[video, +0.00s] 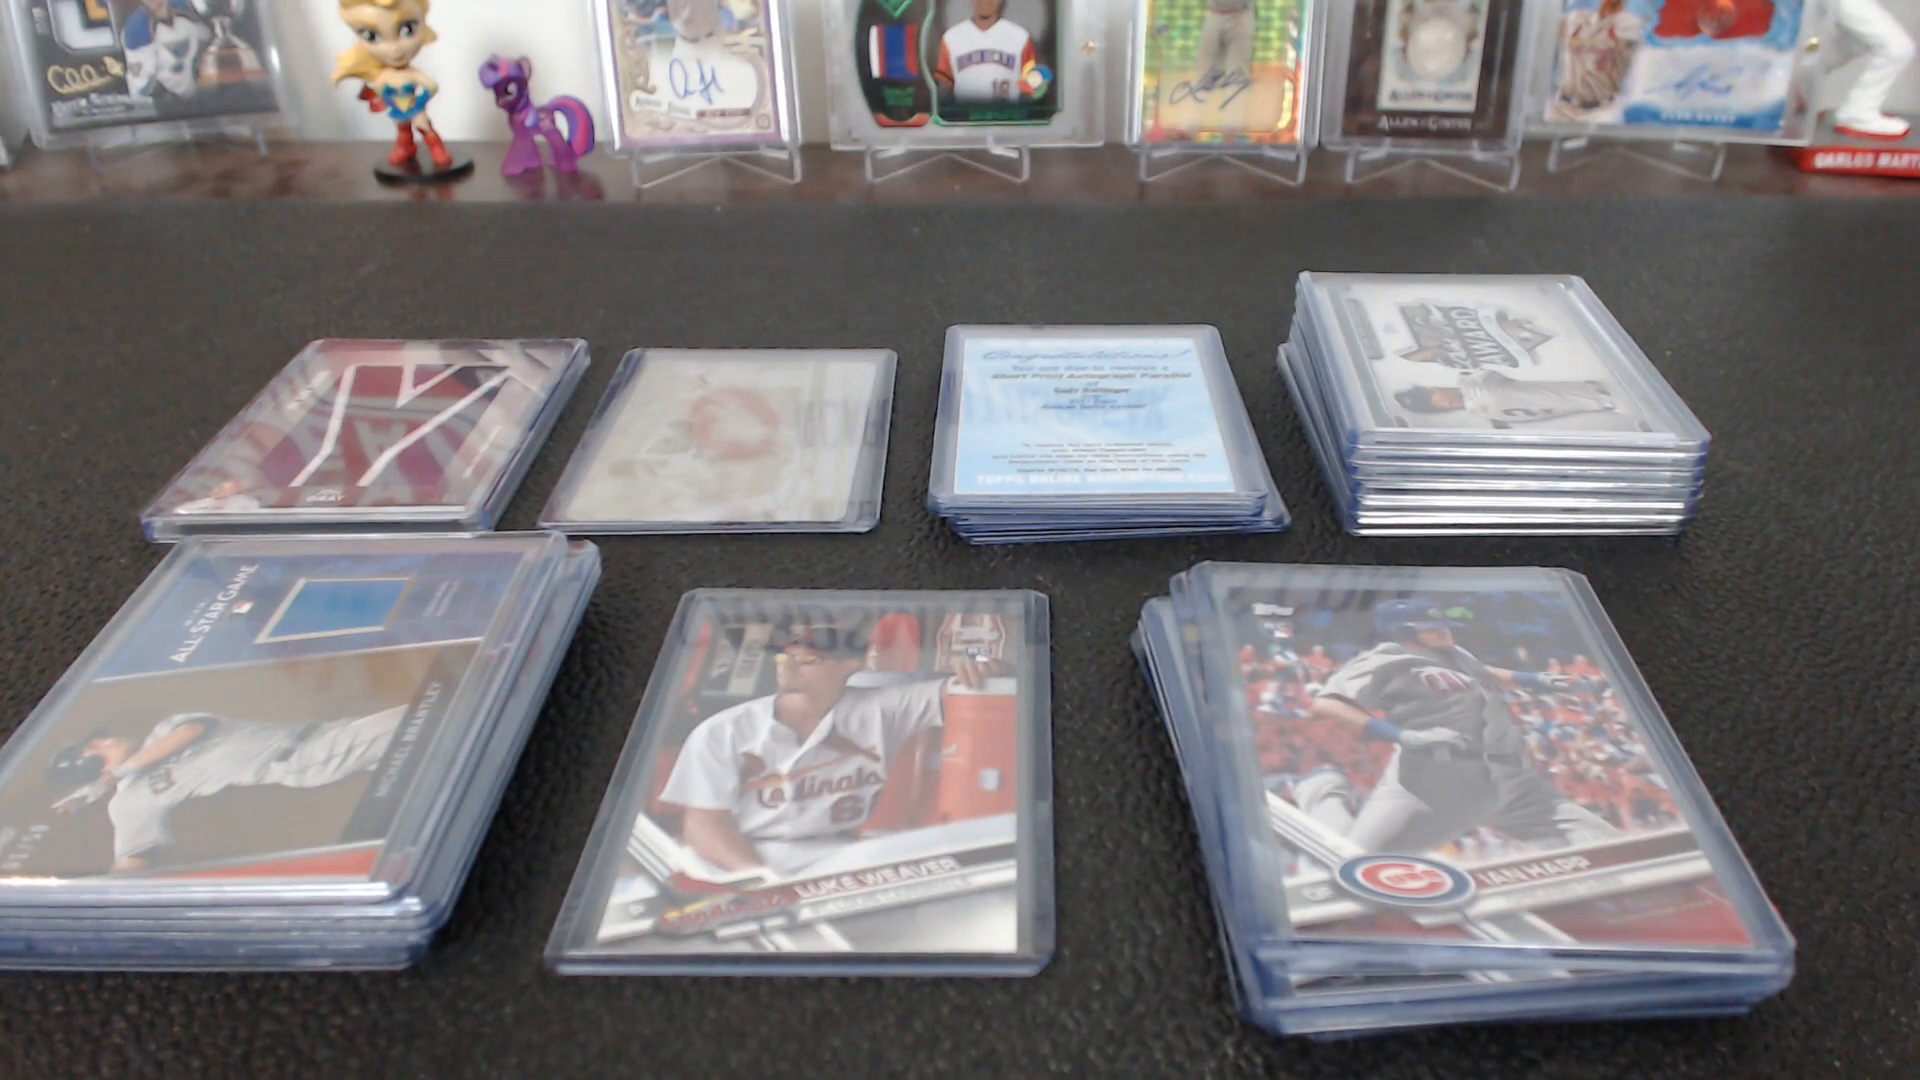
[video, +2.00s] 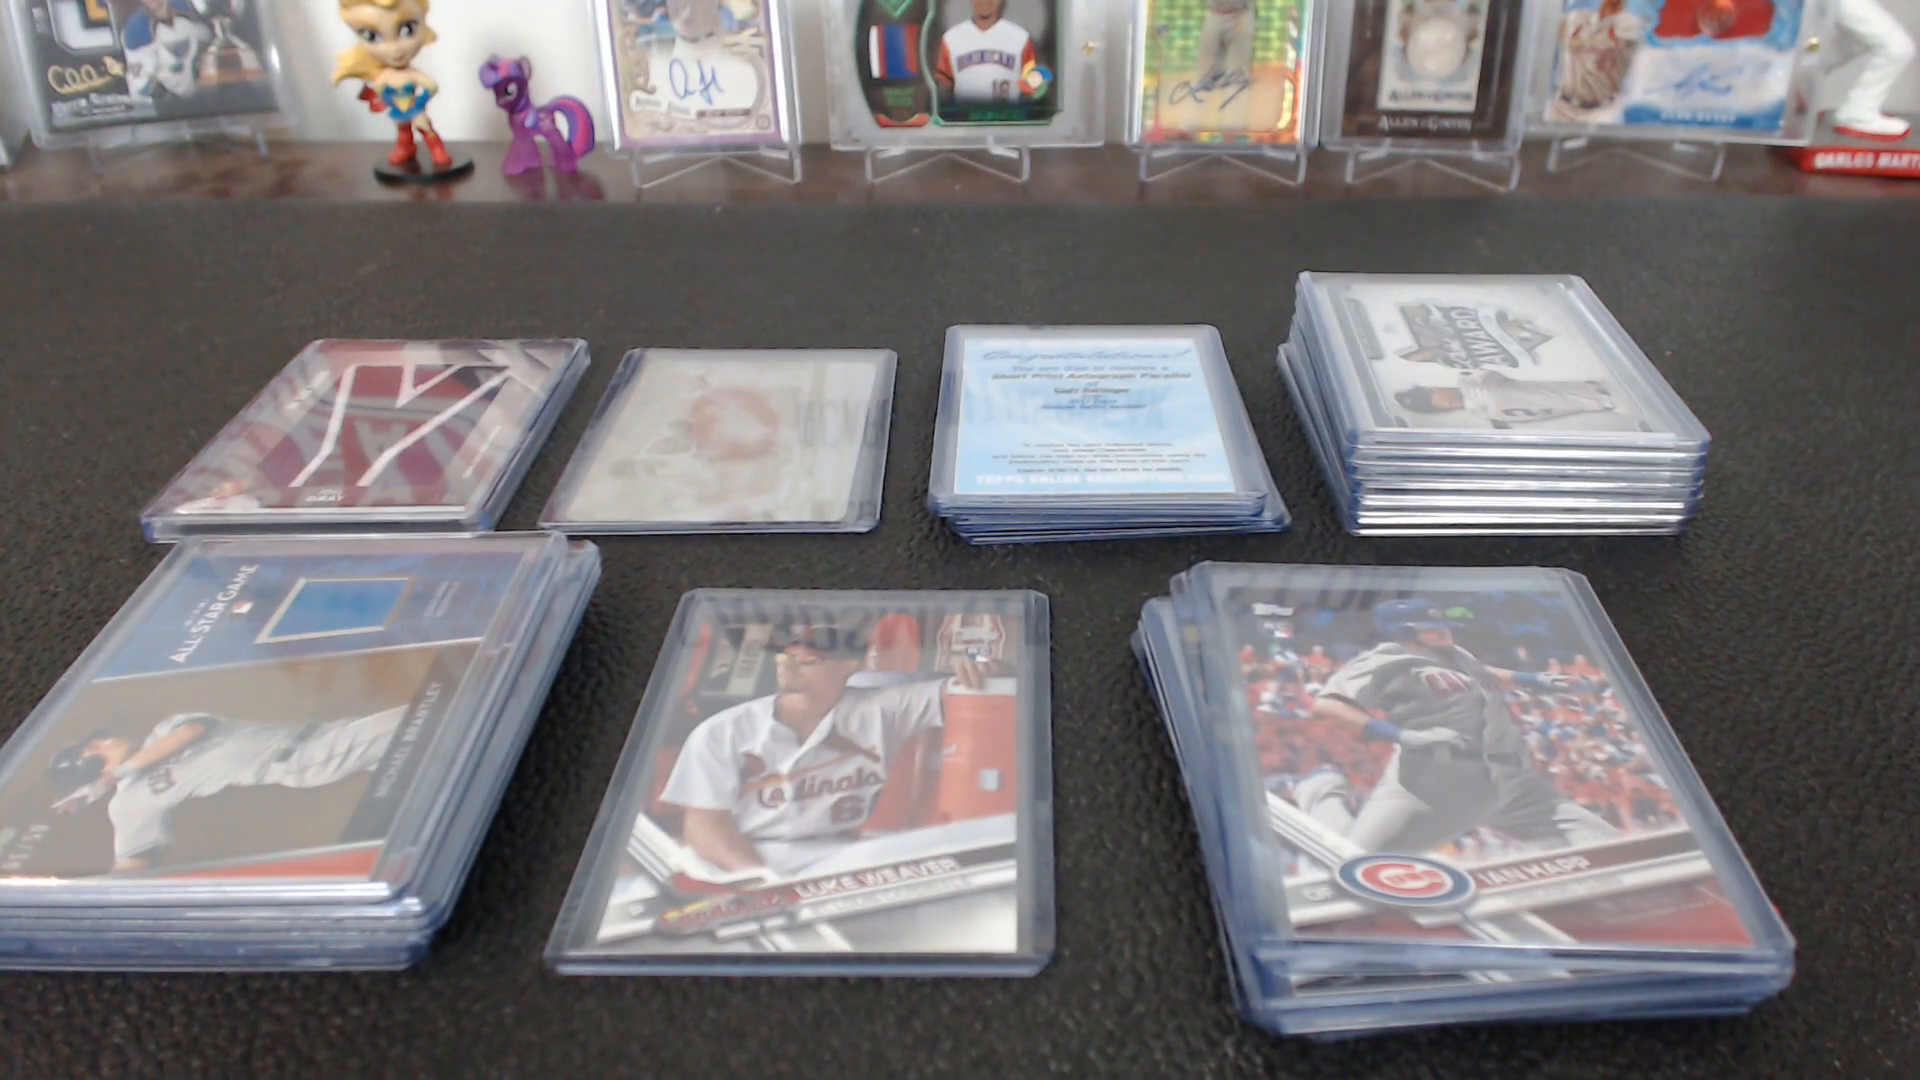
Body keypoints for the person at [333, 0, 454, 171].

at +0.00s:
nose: (394, 50)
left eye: (407, 30)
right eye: (371, 36)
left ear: (424, 27)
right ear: (358, 37)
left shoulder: (414, 74)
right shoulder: (377, 74)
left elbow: (427, 86)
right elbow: (370, 87)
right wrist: (376, 100)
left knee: (421, 121)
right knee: (401, 121)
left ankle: (436, 148)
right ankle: (405, 146)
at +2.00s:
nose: (394, 50)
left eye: (407, 30)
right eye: (371, 36)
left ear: (424, 27)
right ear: (358, 37)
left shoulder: (414, 75)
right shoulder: (378, 74)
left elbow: (426, 86)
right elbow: (369, 88)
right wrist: (375, 101)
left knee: (421, 121)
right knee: (401, 121)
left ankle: (436, 148)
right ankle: (405, 147)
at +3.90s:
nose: (394, 50)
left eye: (407, 30)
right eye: (372, 36)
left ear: (424, 29)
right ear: (359, 38)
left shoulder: (414, 75)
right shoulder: (379, 75)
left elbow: (427, 86)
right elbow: (370, 88)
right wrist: (374, 100)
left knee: (422, 123)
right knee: (401, 124)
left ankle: (437, 149)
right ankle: (405, 148)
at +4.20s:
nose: (394, 50)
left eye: (407, 30)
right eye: (372, 36)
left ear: (424, 29)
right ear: (359, 38)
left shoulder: (414, 75)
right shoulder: (379, 75)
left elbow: (426, 86)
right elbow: (370, 87)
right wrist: (374, 100)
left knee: (422, 122)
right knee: (401, 124)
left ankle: (437, 149)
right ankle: (405, 148)